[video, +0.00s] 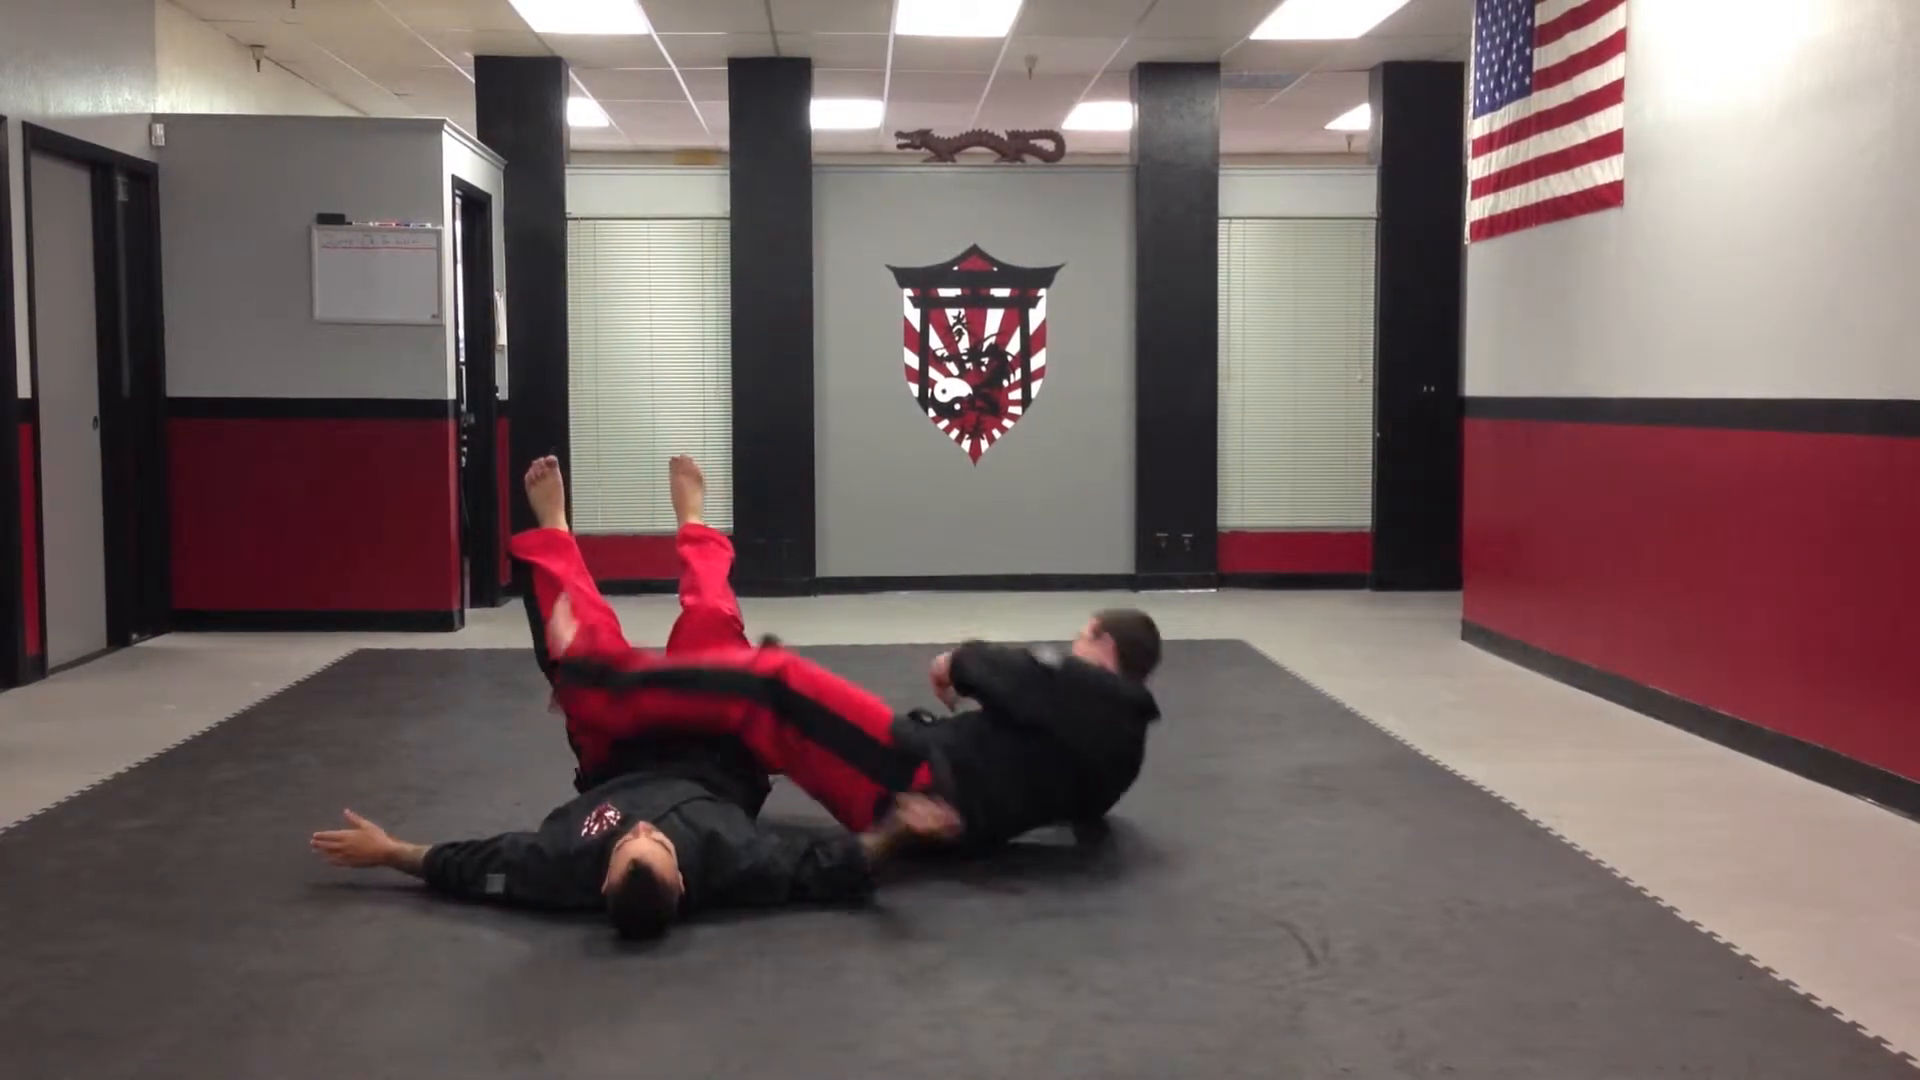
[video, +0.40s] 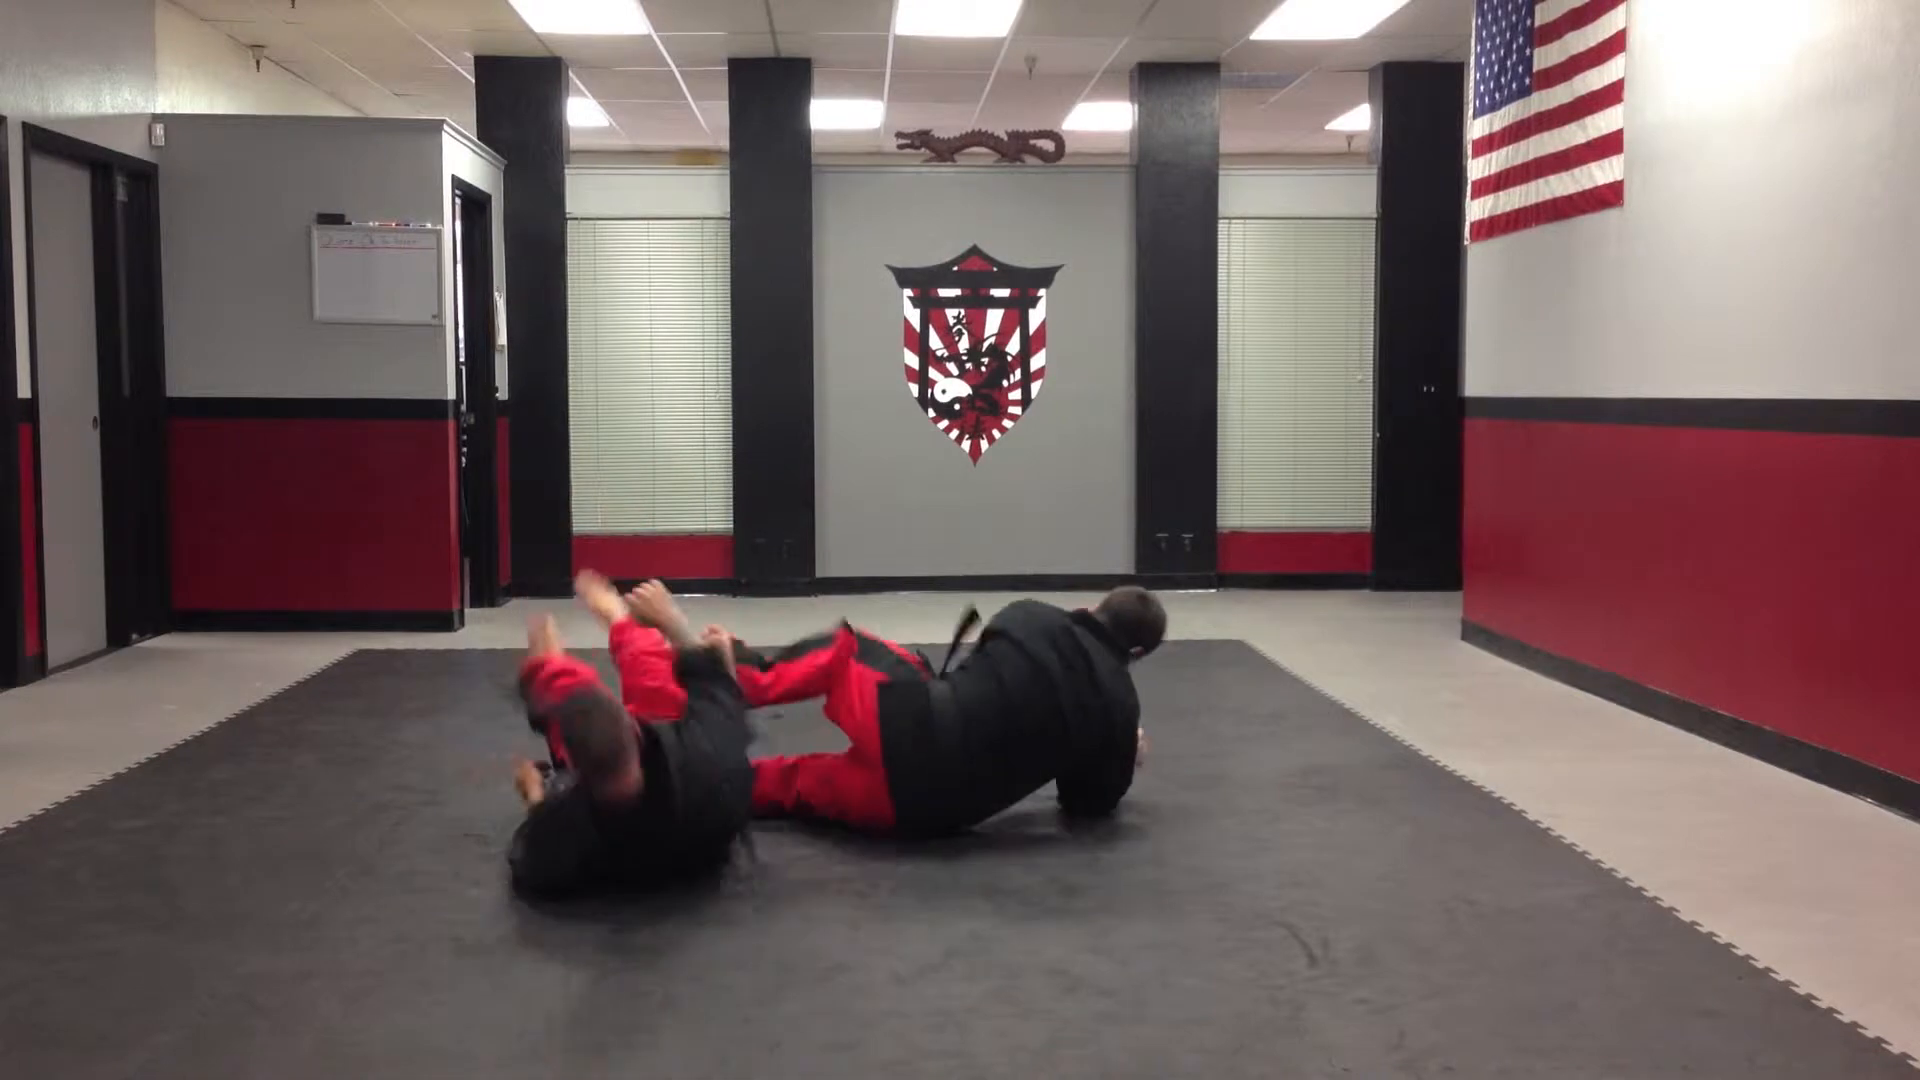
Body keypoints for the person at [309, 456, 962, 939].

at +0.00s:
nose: (644, 844)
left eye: (627, 853)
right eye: (659, 855)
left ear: (604, 871)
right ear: (678, 880)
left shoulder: (553, 867)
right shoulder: (731, 856)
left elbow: (467, 864)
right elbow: (831, 862)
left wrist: (389, 850)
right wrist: (895, 830)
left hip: (606, 767)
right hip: (714, 760)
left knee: (578, 655)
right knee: (712, 629)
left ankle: (551, 535)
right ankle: (699, 529)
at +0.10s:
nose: (627, 828)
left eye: (614, 842)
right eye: (645, 844)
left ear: (600, 860)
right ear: (673, 866)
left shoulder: (557, 868)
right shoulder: (731, 863)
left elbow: (477, 858)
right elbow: (822, 850)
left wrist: (419, 839)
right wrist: (838, 785)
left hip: (613, 773)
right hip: (705, 763)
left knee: (570, 659)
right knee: (700, 641)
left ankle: (551, 541)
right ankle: (682, 530)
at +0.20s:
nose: (617, 803)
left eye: (602, 816)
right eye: (635, 815)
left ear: (590, 834)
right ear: (667, 840)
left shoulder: (553, 860)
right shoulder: (724, 846)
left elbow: (499, 846)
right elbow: (806, 798)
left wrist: (461, 819)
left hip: (611, 767)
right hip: (703, 760)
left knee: (573, 656)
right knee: (683, 638)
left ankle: (554, 565)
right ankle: (661, 551)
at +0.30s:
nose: (624, 746)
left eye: (608, 752)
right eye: (629, 752)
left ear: (588, 802)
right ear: (655, 790)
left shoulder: (559, 851)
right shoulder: (719, 818)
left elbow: (517, 843)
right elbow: (759, 715)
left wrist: (507, 801)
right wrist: (707, 644)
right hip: (702, 753)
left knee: (569, 674)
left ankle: (550, 612)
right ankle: (635, 579)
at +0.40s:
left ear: (574, 760)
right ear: (635, 730)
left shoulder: (560, 837)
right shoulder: (705, 769)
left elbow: (527, 866)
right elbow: (713, 688)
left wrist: (536, 804)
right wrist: (679, 631)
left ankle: (546, 662)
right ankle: (620, 619)